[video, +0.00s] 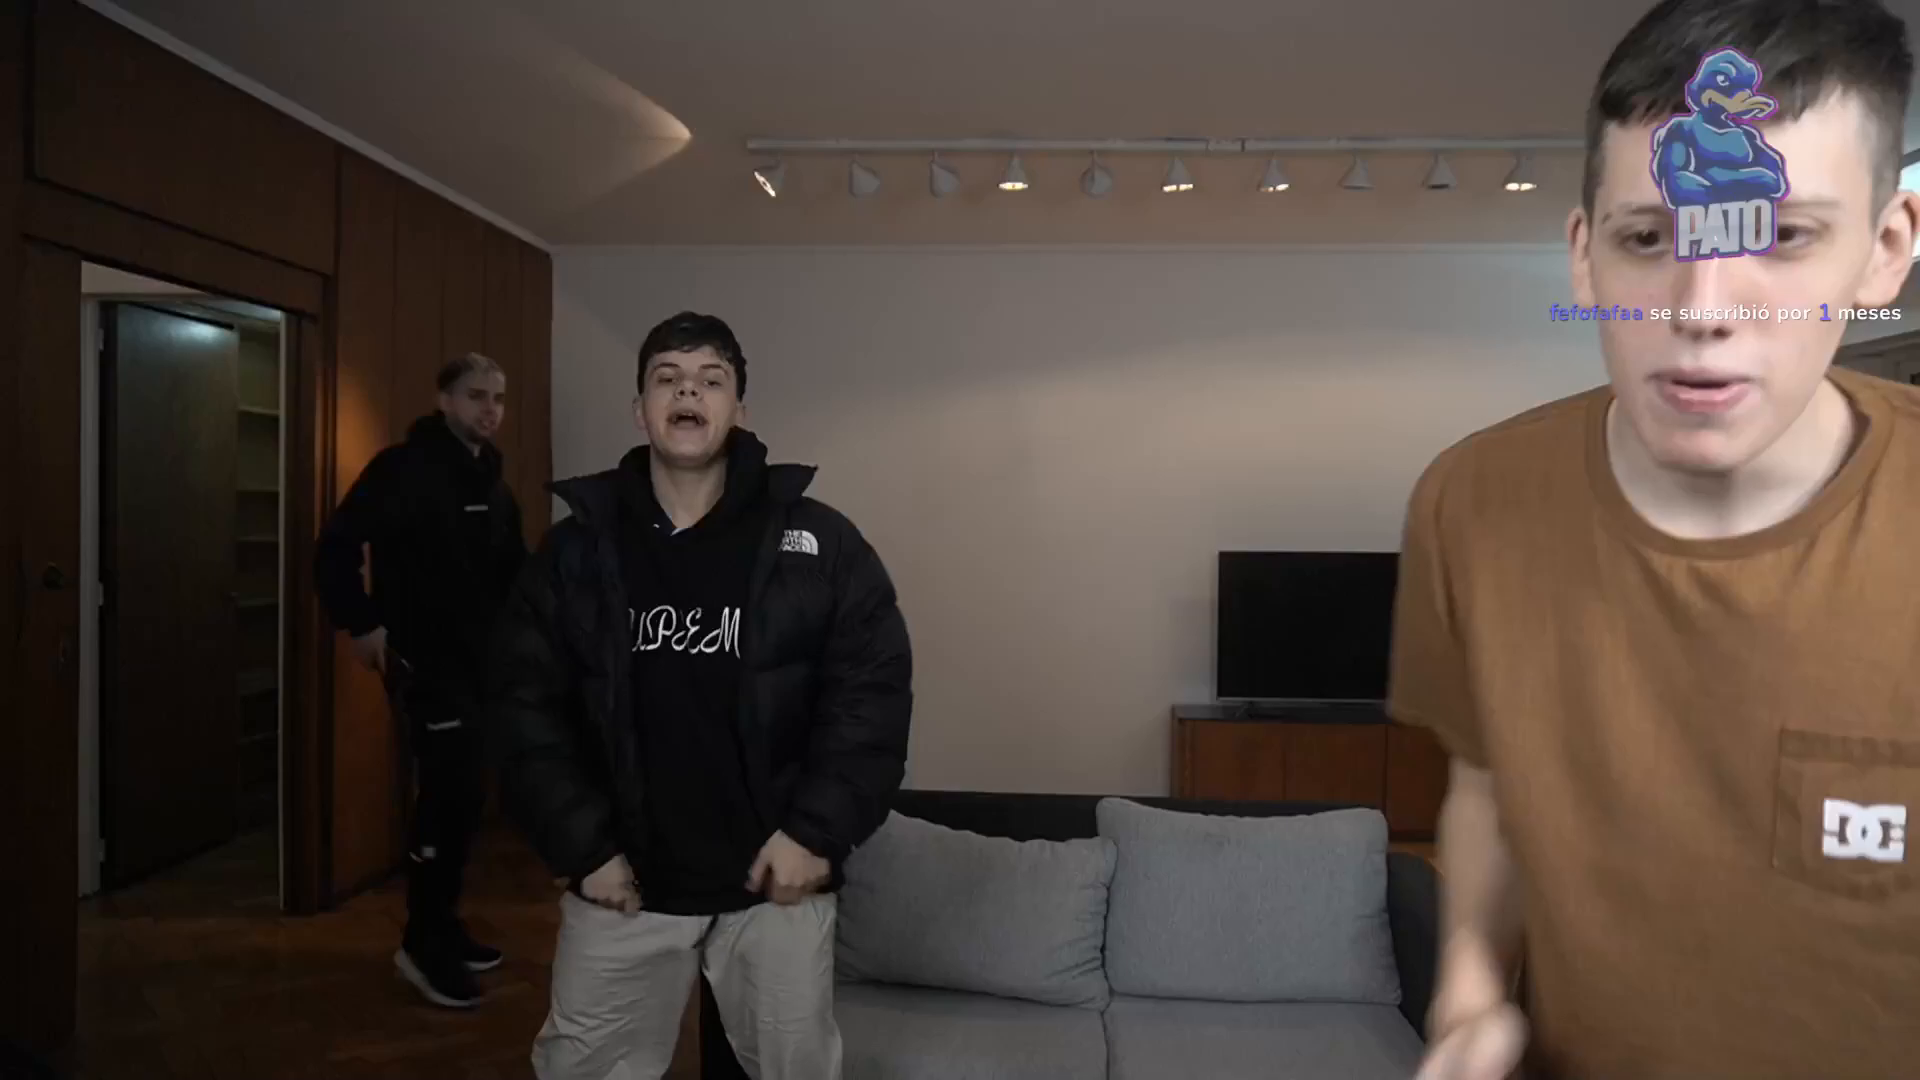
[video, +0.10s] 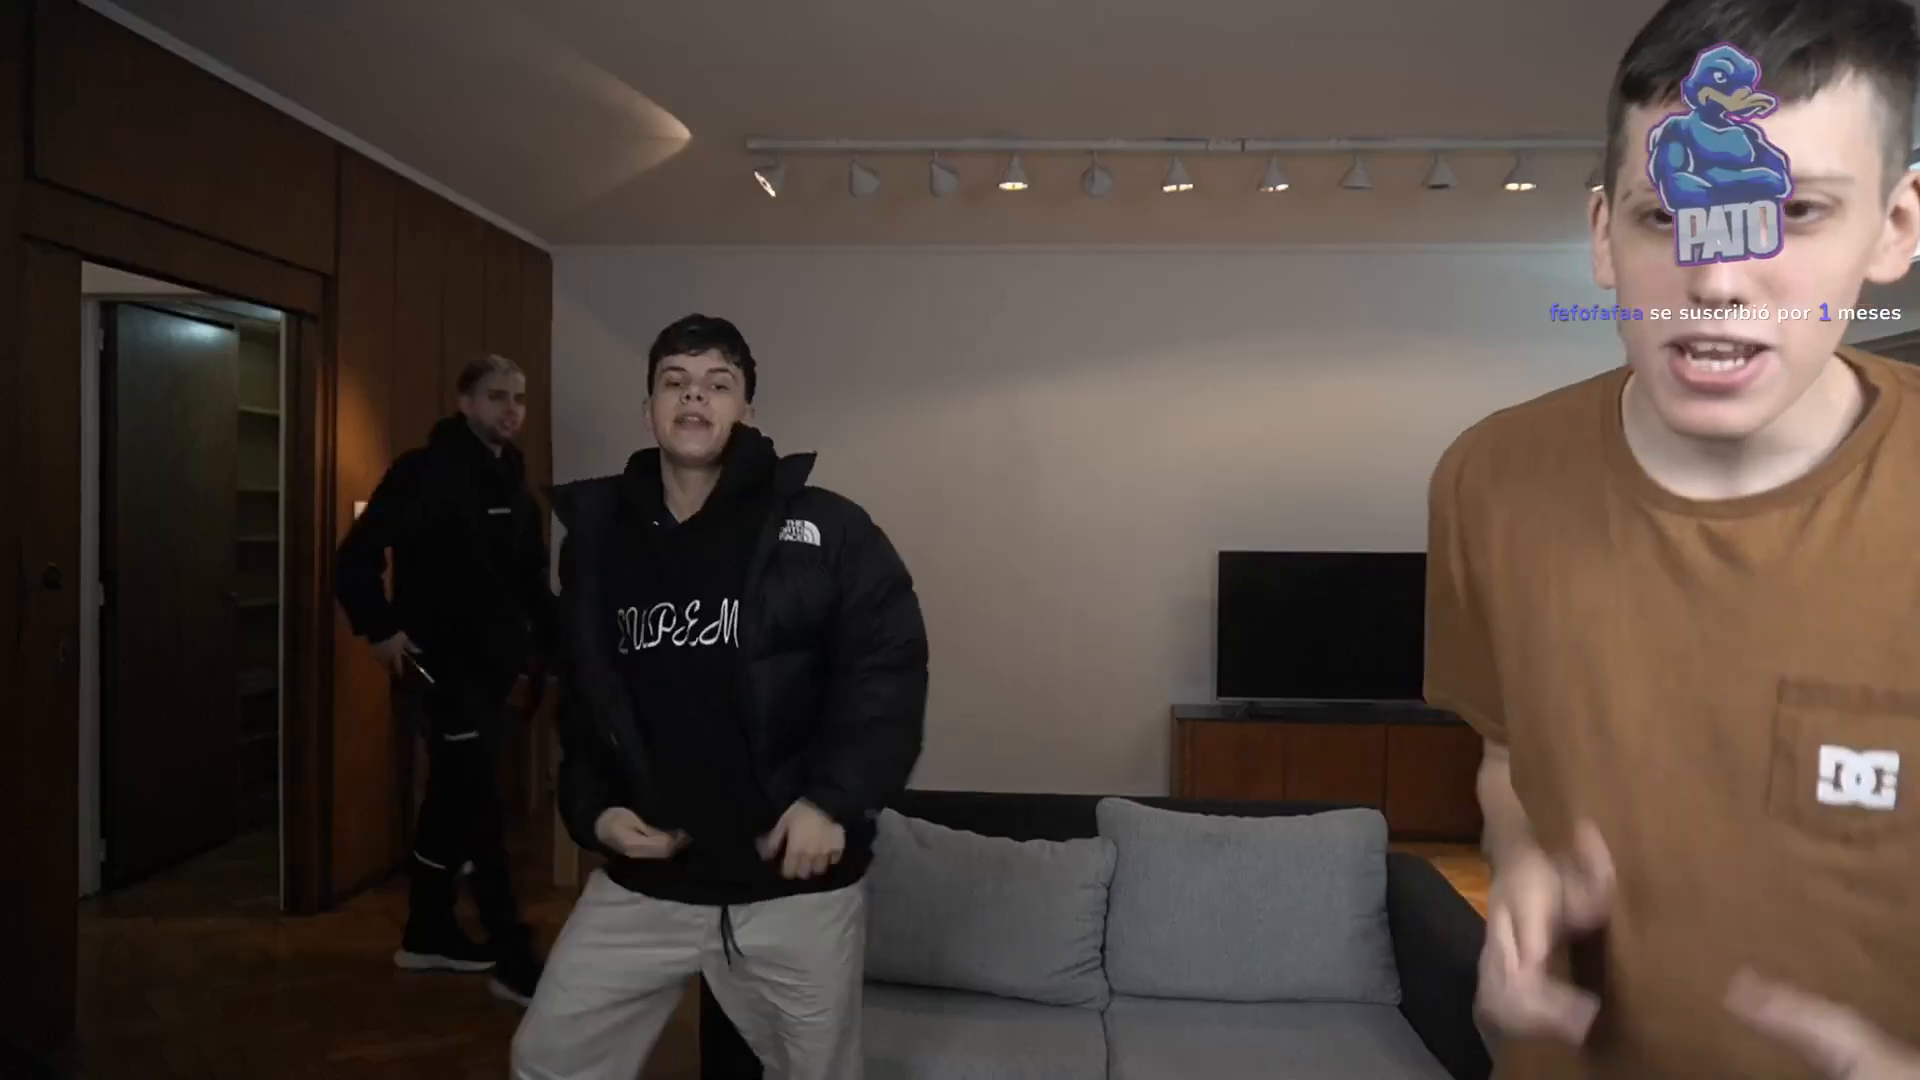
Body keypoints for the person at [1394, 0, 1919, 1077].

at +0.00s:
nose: (1702, 308)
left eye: (1780, 235)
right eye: (1647, 237)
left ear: (1886, 252)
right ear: (1582, 255)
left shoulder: (1908, 509)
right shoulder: (1476, 508)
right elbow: (1482, 778)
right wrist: (1472, 985)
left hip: (1877, 1053)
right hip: (1585, 1059)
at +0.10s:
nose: (1717, 277)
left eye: (1793, 210)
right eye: (1668, 211)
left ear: (1894, 234)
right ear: (1601, 233)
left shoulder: (1906, 491)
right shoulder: (1493, 485)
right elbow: (1508, 748)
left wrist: (1902, 1056)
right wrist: (1522, 863)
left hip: (1862, 1056)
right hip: (1579, 1059)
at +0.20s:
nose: (1720, 301)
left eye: (1789, 235)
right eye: (1671, 235)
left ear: (1885, 249)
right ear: (1605, 244)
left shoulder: (1908, 477)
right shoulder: (1488, 476)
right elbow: (1453, 813)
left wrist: (1907, 931)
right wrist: (1497, 800)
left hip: (1872, 1048)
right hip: (1589, 1045)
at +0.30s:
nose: (1700, 325)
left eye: (1767, 270)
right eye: (1653, 266)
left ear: (1854, 276)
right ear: (1590, 269)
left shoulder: (1909, 492)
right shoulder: (1475, 483)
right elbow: (1395, 846)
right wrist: (1410, 709)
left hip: (1864, 1052)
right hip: (1565, 1047)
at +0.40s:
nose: (1659, 326)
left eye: (1722, 263)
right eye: (1614, 266)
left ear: (1811, 268)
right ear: (1555, 269)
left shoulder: (1891, 489)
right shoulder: (1444, 466)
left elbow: (1910, 989)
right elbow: (1355, 826)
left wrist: (1860, 771)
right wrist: (1353, 620)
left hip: (1803, 1059)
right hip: (1497, 1050)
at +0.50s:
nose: (1609, 330)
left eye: (1665, 273)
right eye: (1562, 276)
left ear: (1754, 276)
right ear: (1512, 285)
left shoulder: (1885, 499)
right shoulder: (1421, 466)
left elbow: (1880, 966)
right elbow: (1326, 805)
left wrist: (1759, 727)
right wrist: (1314, 552)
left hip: (1751, 1062)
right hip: (1446, 1051)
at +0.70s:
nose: (1526, 371)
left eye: (1581, 309)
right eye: (1483, 315)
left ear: (1675, 300)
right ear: (1445, 317)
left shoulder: (1860, 525)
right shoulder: (1400, 494)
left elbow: (1856, 977)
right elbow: (1333, 846)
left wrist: (1684, 762)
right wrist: (1331, 631)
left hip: (1674, 1061)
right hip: (1386, 1046)